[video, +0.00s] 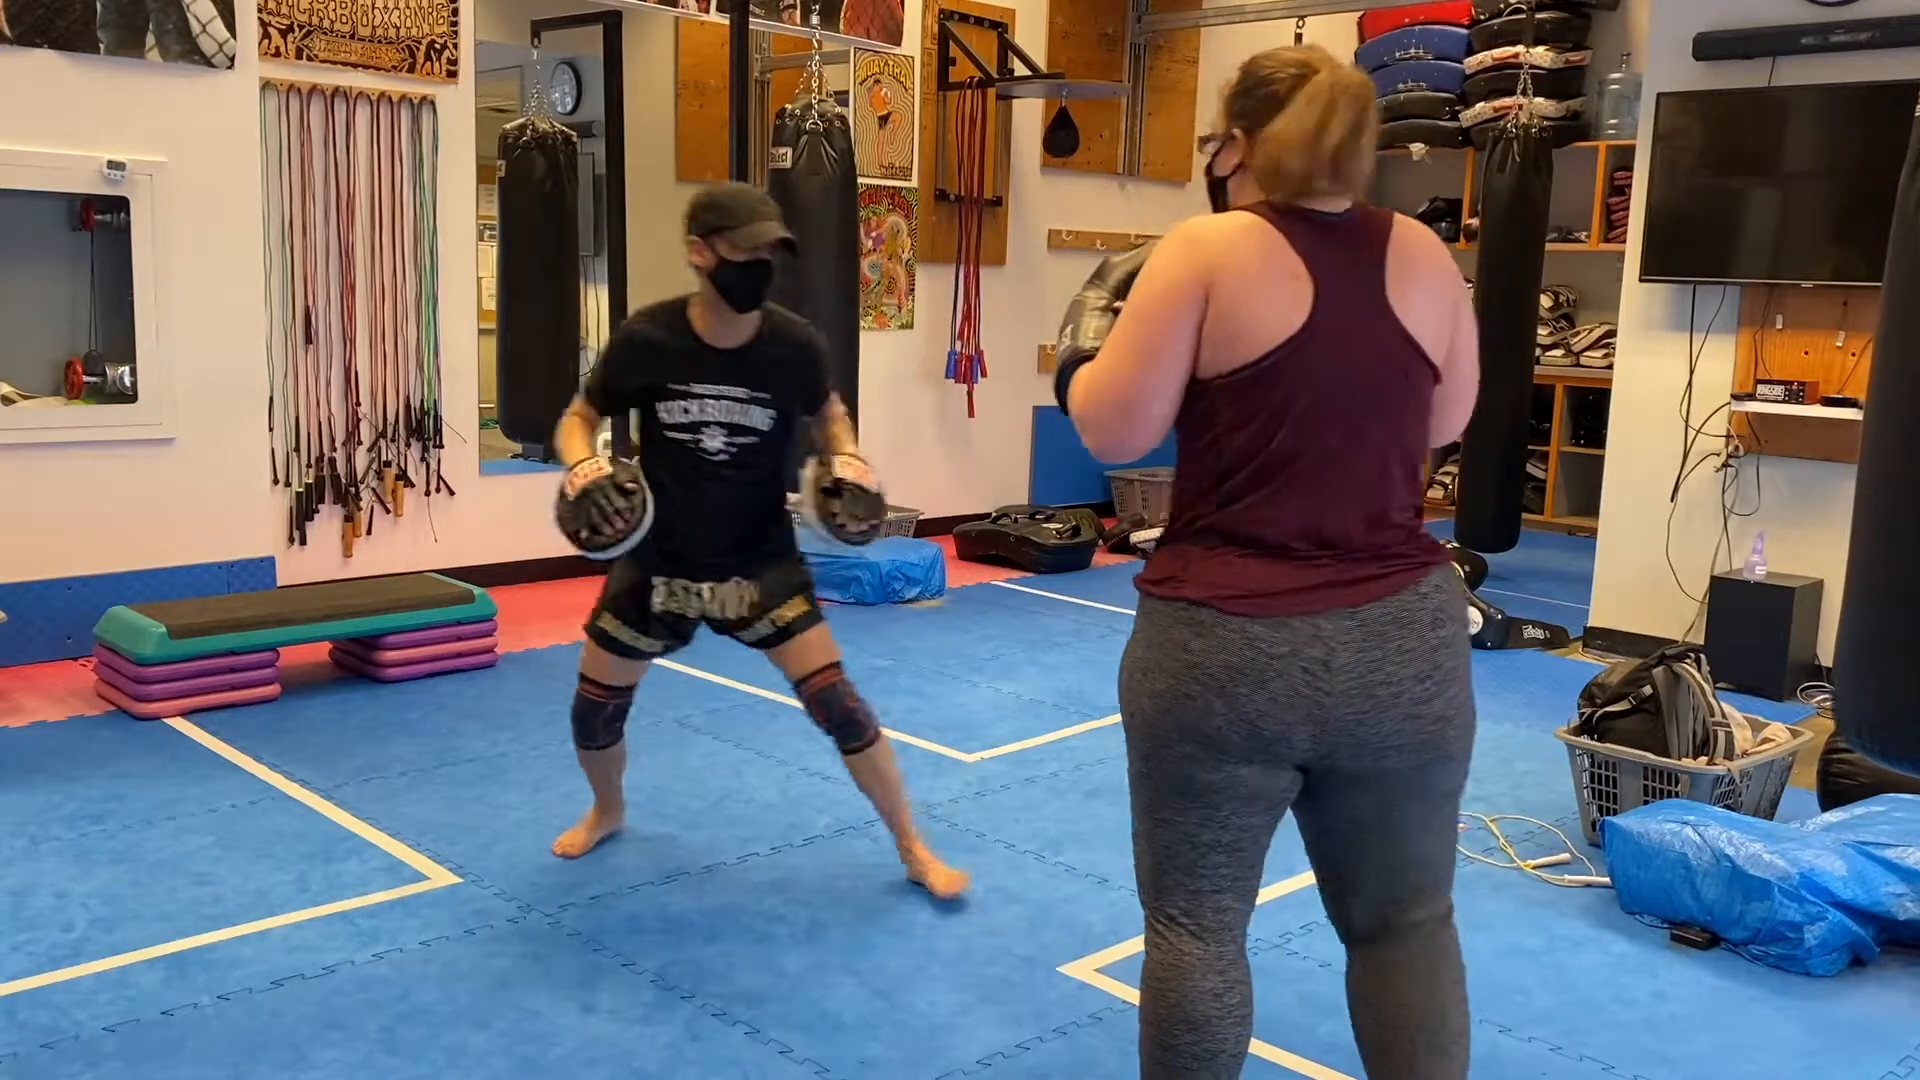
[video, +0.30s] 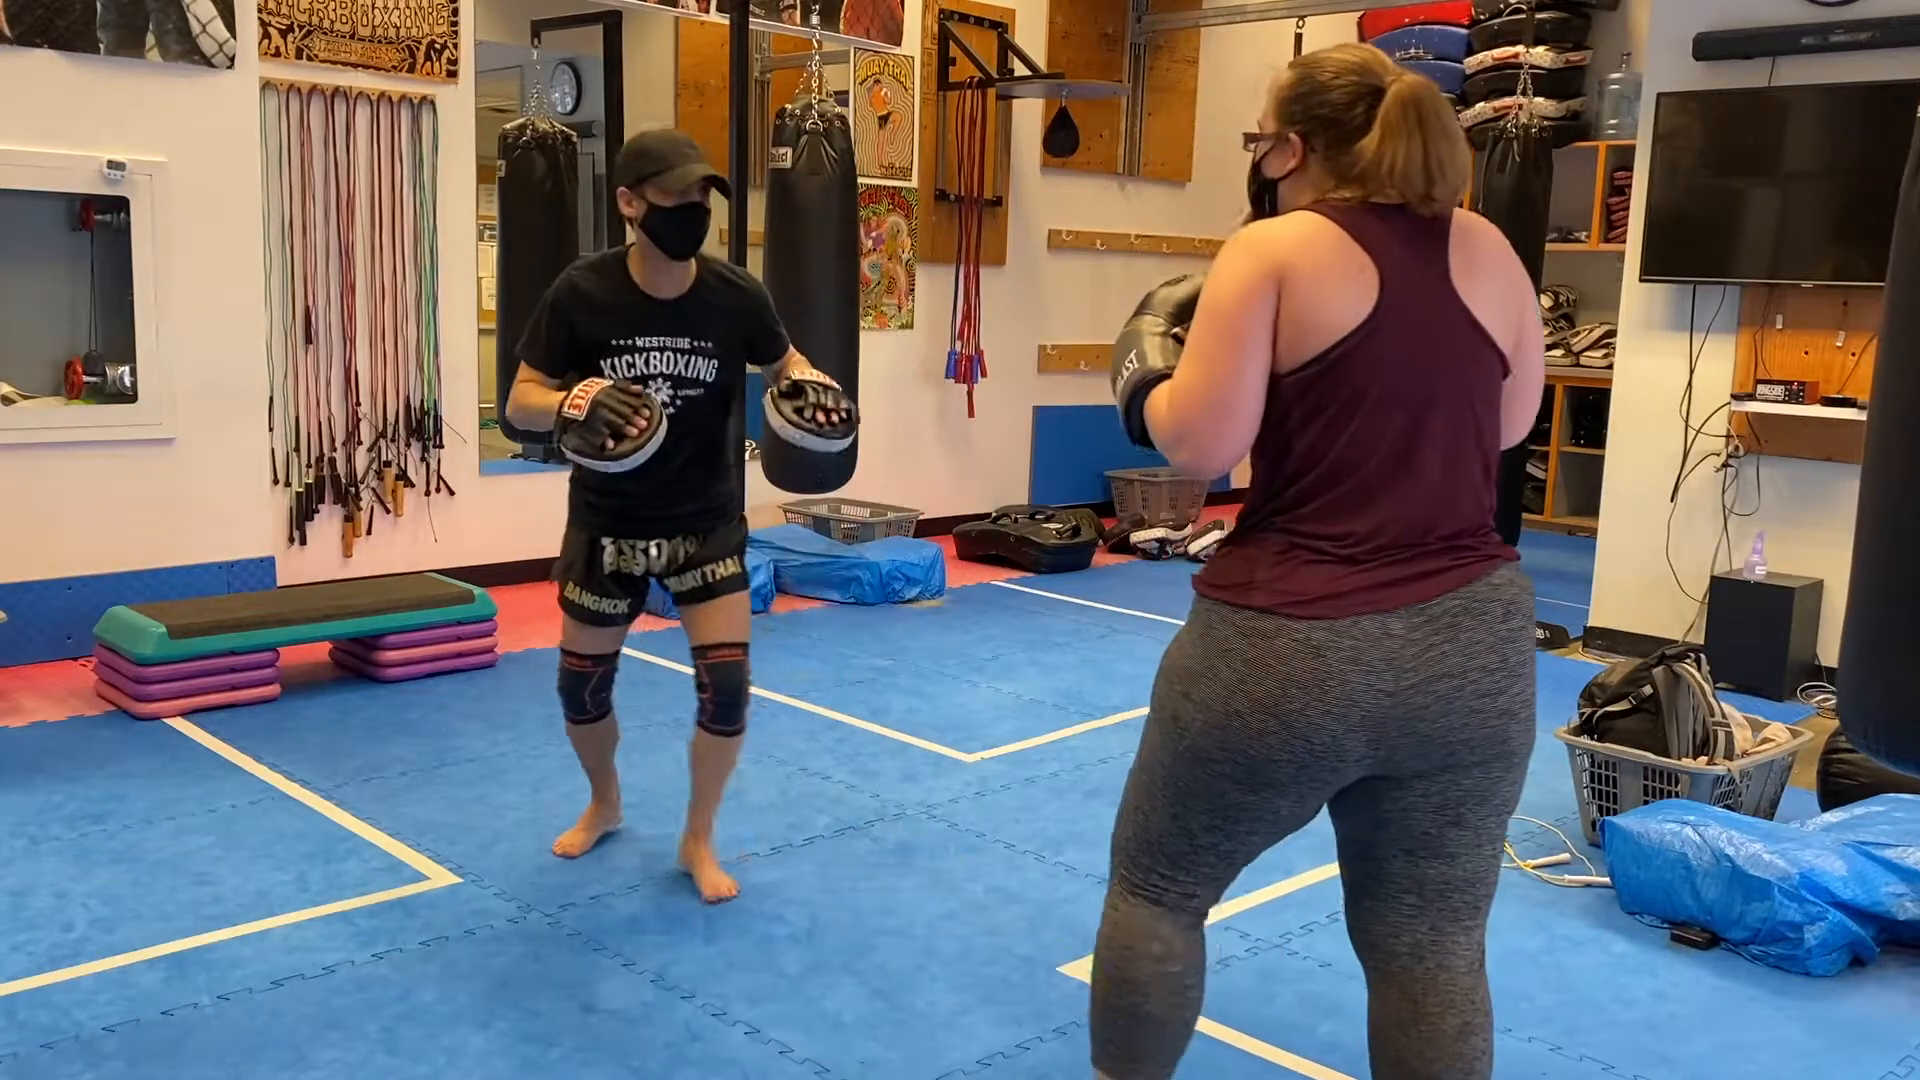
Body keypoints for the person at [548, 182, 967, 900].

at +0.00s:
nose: (763, 266)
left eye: (771, 253)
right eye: (747, 253)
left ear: (778, 253)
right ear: (701, 251)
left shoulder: (794, 346)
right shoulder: (645, 340)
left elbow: (831, 420)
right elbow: (577, 419)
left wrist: (846, 463)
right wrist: (583, 467)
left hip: (760, 560)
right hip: (658, 558)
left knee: (837, 706)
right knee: (593, 714)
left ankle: (912, 846)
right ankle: (608, 811)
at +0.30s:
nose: (694, 210)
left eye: (701, 196)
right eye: (675, 198)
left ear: (712, 197)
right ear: (629, 203)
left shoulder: (737, 297)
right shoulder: (580, 294)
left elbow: (787, 364)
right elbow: (520, 401)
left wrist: (816, 391)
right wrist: (566, 400)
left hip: (706, 518)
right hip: (606, 520)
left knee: (728, 687)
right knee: (581, 684)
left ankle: (699, 839)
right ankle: (605, 803)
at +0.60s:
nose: (646, 219)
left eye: (653, 203)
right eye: (627, 206)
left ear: (661, 203)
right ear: (579, 210)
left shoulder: (689, 308)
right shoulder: (530, 300)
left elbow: (789, 375)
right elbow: (454, 410)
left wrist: (794, 317)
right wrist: (511, 403)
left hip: (645, 533)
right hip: (537, 534)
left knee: (694, 699)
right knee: (465, 702)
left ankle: (694, 847)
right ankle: (428, 832)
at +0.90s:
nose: (552, 213)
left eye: (558, 197)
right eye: (532, 199)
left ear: (569, 198)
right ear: (482, 205)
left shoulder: (593, 300)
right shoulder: (433, 306)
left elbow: (711, 316)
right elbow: (363, 421)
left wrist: (702, 234)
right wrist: (444, 402)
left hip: (562, 543)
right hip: (452, 553)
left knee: (642, 695)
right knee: (410, 731)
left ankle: (647, 875)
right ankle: (412, 841)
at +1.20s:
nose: (565, 230)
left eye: (573, 213)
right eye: (544, 215)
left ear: (586, 216)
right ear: (495, 223)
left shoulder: (619, 327)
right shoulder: (444, 324)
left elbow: (721, 374)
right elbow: (352, 432)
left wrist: (749, 308)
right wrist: (402, 428)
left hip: (575, 568)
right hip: (460, 567)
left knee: (621, 741)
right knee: (365, 742)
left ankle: (650, 916)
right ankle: (393, 818)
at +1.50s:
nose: (475, 245)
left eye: (483, 228)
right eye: (454, 232)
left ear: (495, 228)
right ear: (405, 235)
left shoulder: (532, 335)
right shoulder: (358, 338)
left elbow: (642, 383)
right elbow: (277, 456)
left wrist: (628, 300)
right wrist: (337, 452)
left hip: (503, 581)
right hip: (383, 585)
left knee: (572, 743)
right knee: (293, 750)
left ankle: (653, 911)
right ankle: (267, 874)